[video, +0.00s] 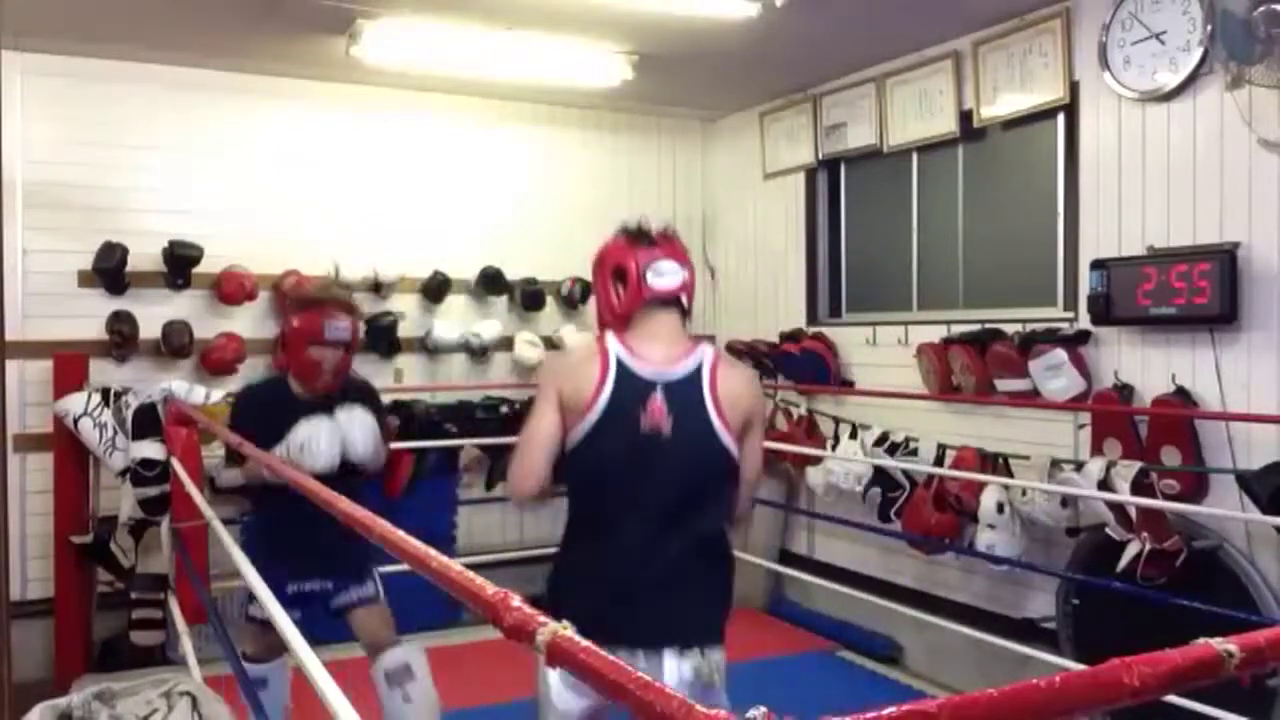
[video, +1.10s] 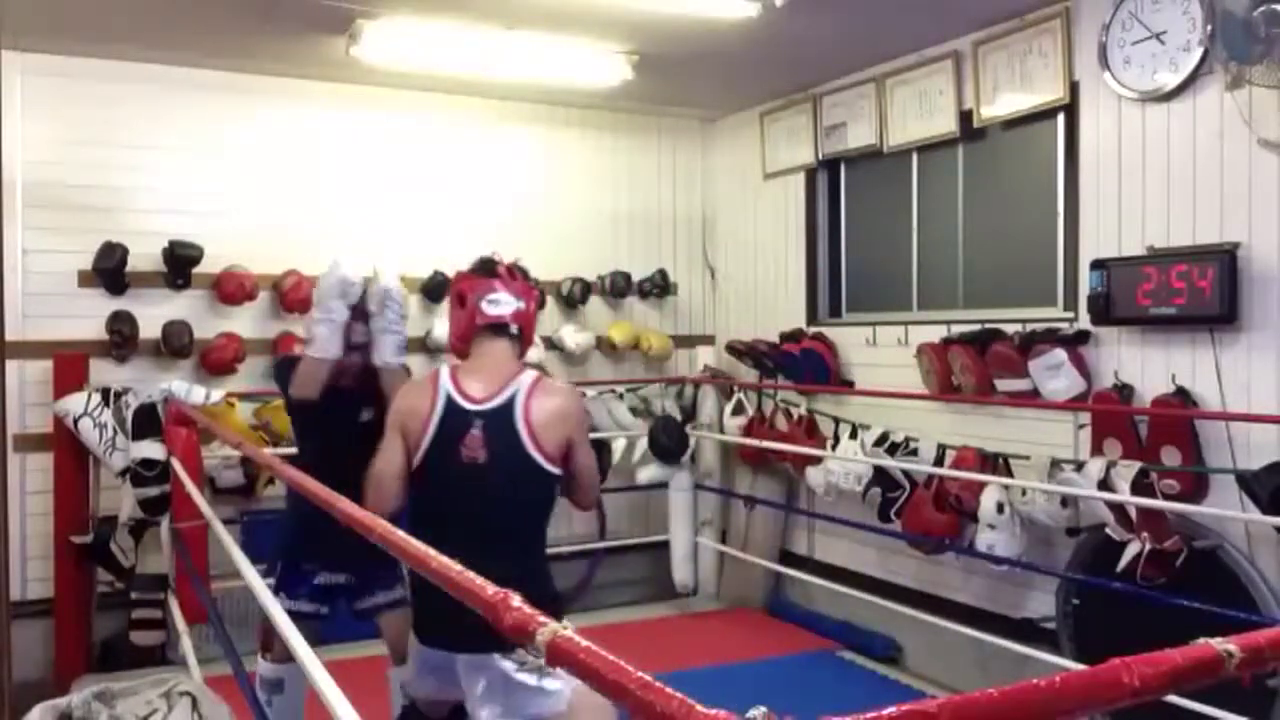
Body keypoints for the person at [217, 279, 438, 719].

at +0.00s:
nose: (332, 363)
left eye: (342, 351)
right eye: (321, 350)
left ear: (351, 352)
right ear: (291, 347)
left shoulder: (359, 393)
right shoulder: (258, 401)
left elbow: (384, 469)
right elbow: (236, 473)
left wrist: (372, 448)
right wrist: (286, 459)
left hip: (344, 540)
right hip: (275, 544)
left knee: (385, 645)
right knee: (259, 655)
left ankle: (413, 708)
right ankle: (268, 713)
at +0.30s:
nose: (370, 347)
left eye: (382, 335)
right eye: (359, 333)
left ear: (396, 341)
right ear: (333, 335)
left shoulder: (405, 387)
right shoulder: (307, 386)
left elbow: (436, 461)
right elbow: (292, 470)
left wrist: (422, 415)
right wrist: (315, 411)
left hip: (393, 533)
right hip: (316, 533)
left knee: (414, 647)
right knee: (280, 655)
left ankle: (428, 713)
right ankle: (282, 713)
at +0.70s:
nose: (364, 338)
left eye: (376, 328)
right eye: (354, 326)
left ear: (390, 329)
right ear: (330, 322)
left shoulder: (401, 369)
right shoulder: (306, 365)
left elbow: (420, 436)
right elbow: (286, 440)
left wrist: (414, 396)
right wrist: (308, 384)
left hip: (380, 517)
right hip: (310, 519)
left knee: (412, 638)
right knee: (280, 644)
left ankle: (418, 712)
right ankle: (277, 714)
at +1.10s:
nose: (355, 341)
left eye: (364, 330)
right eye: (346, 329)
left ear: (379, 335)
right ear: (323, 329)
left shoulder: (389, 380)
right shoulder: (300, 372)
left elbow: (411, 432)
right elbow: (302, 399)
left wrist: (390, 360)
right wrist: (327, 327)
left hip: (379, 528)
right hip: (312, 526)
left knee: (404, 644)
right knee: (282, 644)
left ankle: (410, 706)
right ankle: (272, 702)